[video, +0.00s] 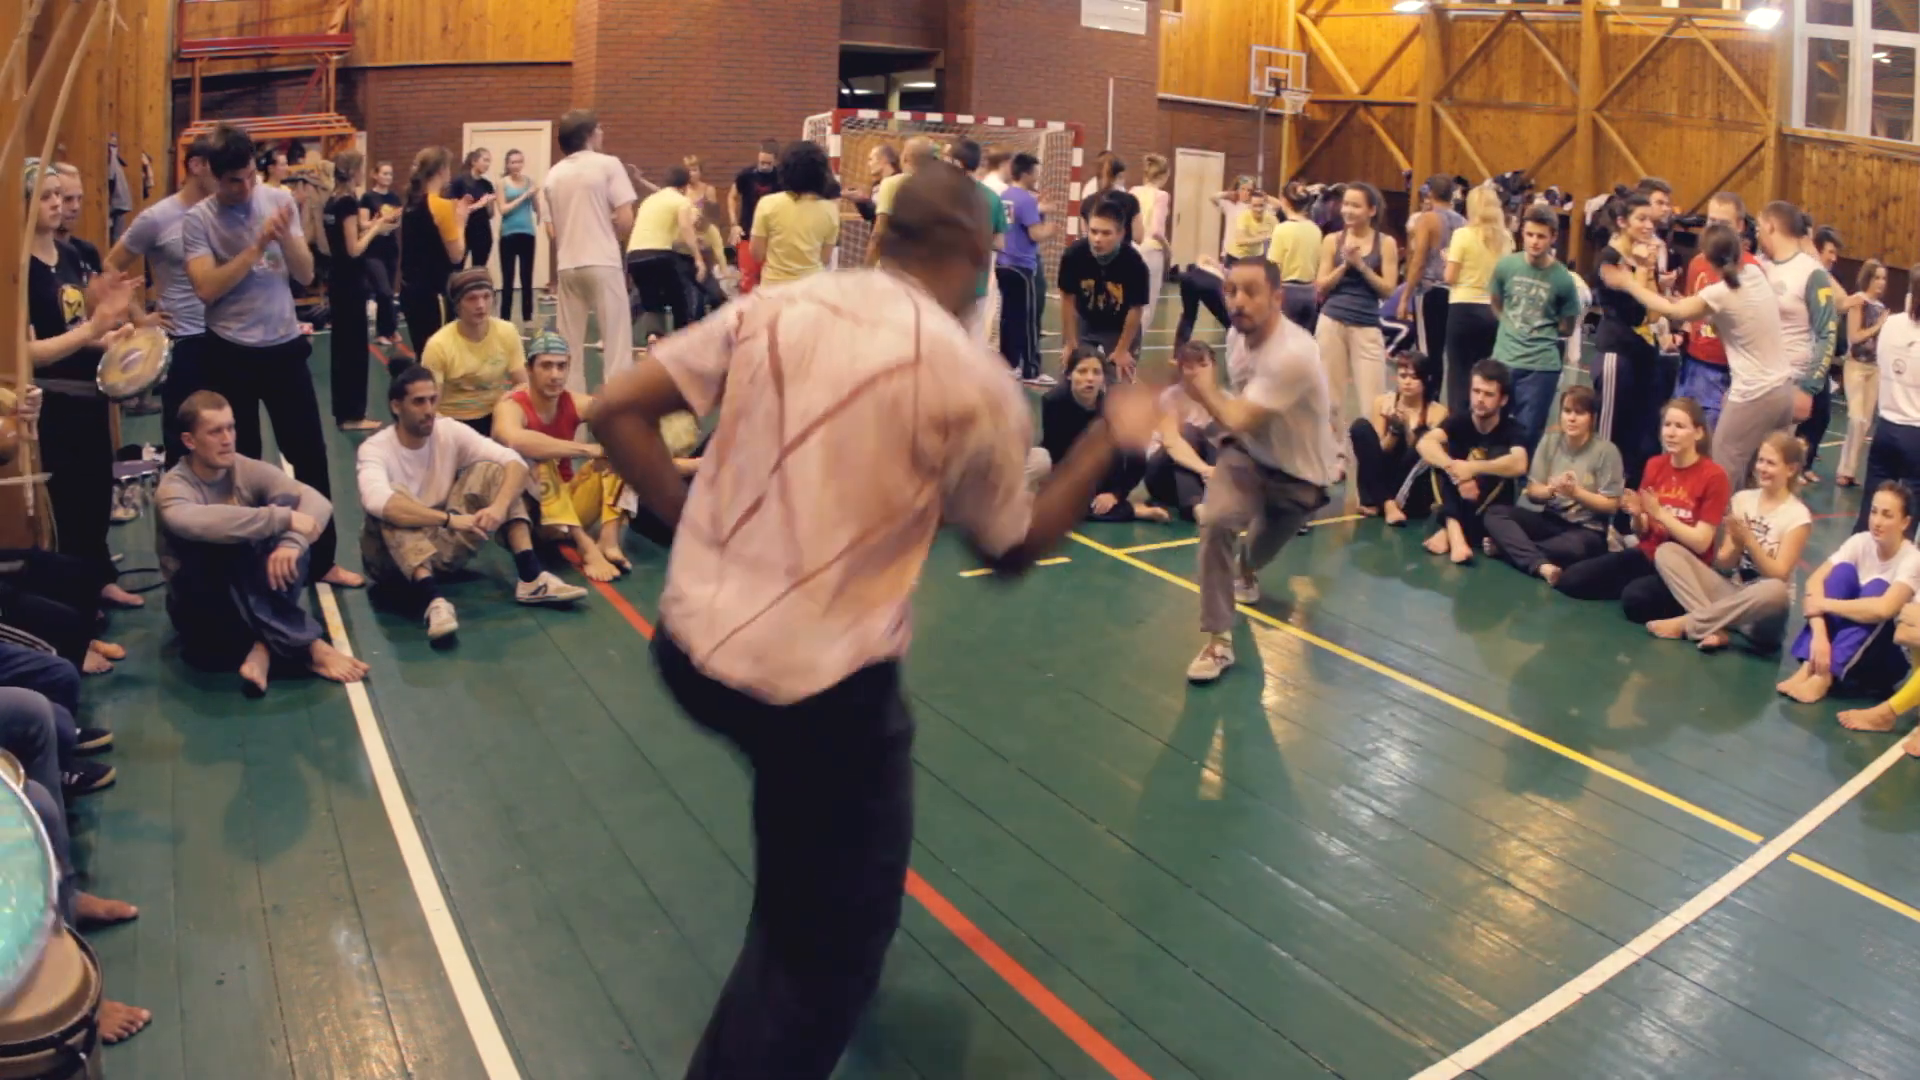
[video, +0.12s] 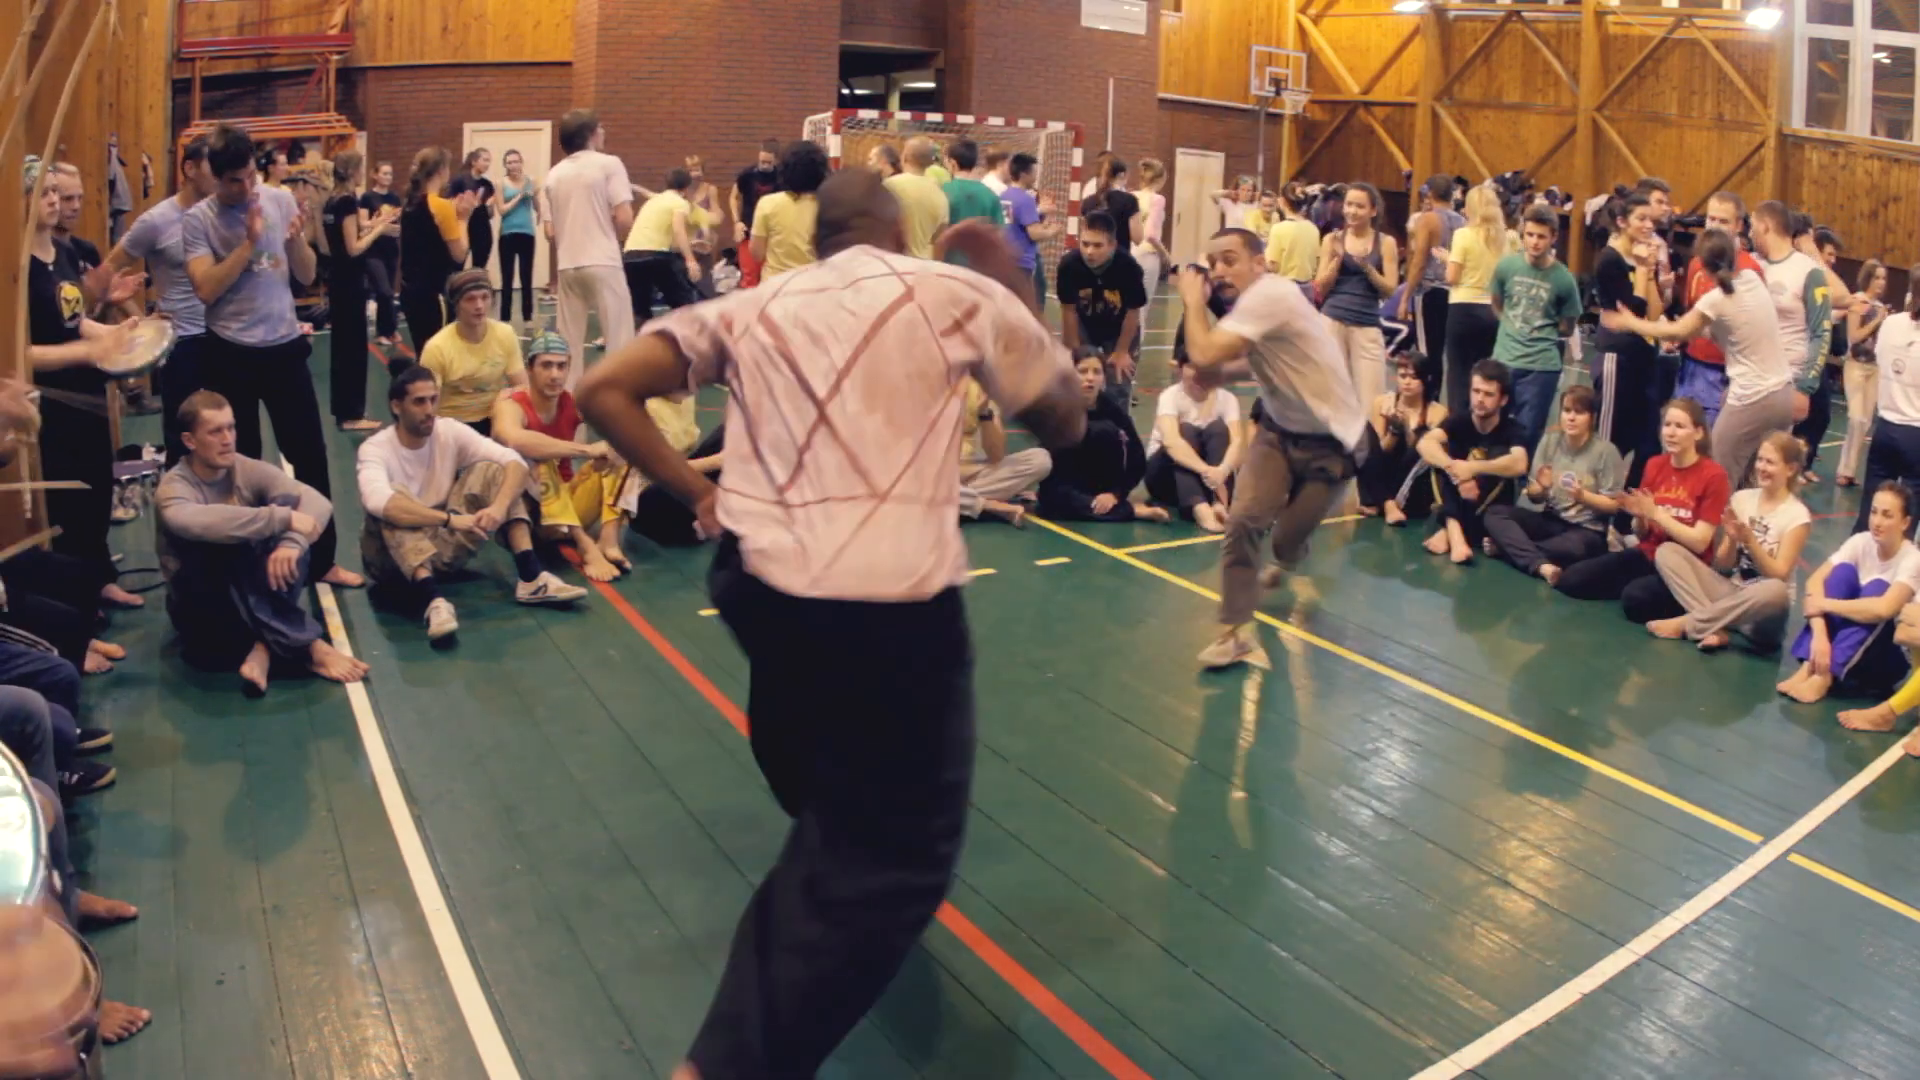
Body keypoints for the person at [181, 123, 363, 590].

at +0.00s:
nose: (242, 188)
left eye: (247, 178)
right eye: (232, 181)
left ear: (256, 168)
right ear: (211, 175)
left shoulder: (278, 200)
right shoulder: (196, 219)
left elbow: (305, 275)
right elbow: (206, 289)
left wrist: (286, 237)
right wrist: (257, 246)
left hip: (284, 348)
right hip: (229, 352)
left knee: (310, 457)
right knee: (241, 460)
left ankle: (322, 563)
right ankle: (251, 566)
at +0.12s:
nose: (243, 188)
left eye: (249, 178)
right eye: (232, 181)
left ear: (256, 168)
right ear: (212, 176)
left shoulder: (278, 200)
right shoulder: (197, 218)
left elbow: (306, 276)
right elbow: (206, 290)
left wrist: (296, 241)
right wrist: (249, 243)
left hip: (284, 347)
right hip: (229, 352)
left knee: (311, 458)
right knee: (241, 460)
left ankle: (322, 564)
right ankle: (251, 567)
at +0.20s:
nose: (242, 188)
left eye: (247, 178)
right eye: (231, 181)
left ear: (255, 168)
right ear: (211, 174)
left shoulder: (278, 200)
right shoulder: (197, 217)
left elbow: (306, 271)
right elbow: (207, 287)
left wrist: (284, 236)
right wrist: (260, 250)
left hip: (284, 347)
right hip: (229, 351)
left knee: (310, 456)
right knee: (244, 458)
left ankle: (322, 563)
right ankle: (253, 565)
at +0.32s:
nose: (243, 188)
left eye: (248, 177)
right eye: (232, 181)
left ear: (256, 167)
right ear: (211, 175)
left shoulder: (278, 200)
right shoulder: (196, 218)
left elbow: (306, 273)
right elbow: (207, 287)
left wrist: (285, 234)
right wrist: (257, 247)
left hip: (285, 347)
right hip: (232, 352)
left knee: (311, 458)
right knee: (252, 460)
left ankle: (323, 564)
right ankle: (264, 568)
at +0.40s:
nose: (244, 188)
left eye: (249, 178)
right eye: (233, 181)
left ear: (256, 167)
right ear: (211, 175)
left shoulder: (277, 201)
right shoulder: (193, 217)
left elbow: (306, 276)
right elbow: (206, 289)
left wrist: (292, 238)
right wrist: (253, 243)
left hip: (286, 349)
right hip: (233, 355)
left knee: (312, 461)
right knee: (252, 464)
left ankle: (322, 564)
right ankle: (261, 569)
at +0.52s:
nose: (244, 189)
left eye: (249, 179)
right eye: (233, 182)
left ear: (258, 168)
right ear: (212, 177)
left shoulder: (278, 200)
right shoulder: (192, 215)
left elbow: (307, 272)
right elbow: (204, 287)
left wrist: (289, 237)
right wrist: (254, 245)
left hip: (285, 350)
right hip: (230, 355)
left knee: (309, 459)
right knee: (245, 464)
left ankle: (321, 563)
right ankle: (253, 569)